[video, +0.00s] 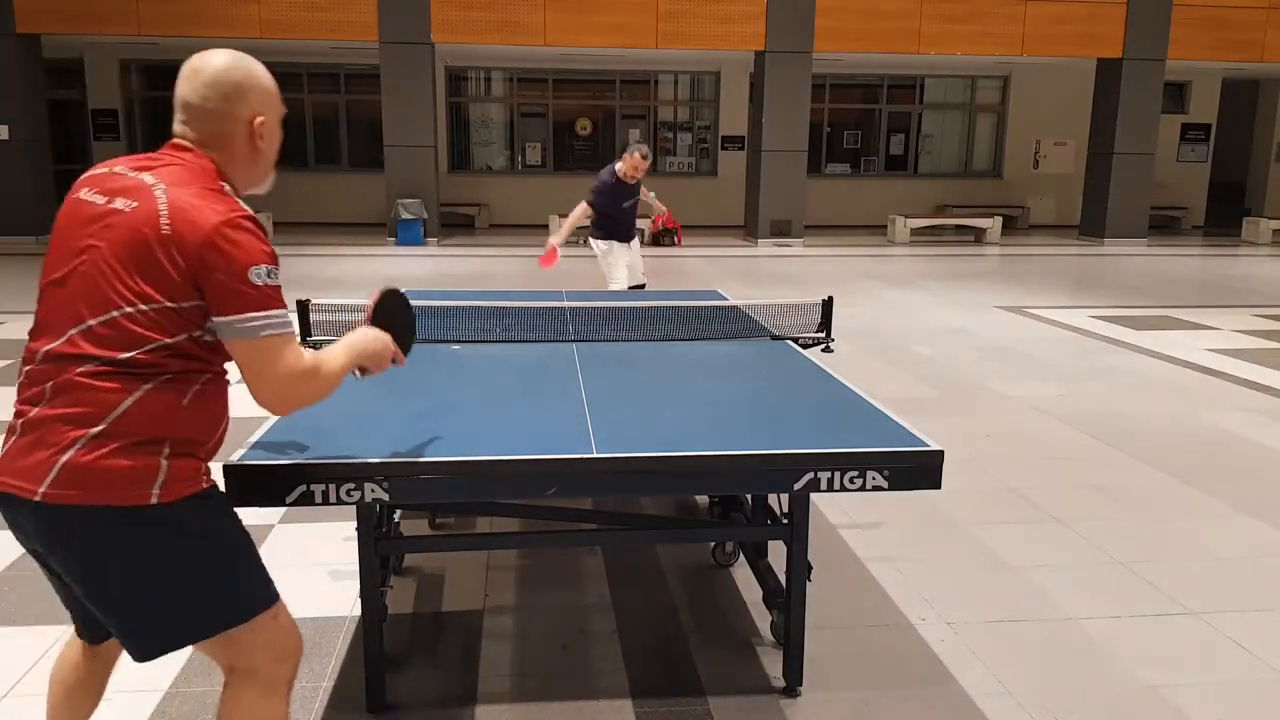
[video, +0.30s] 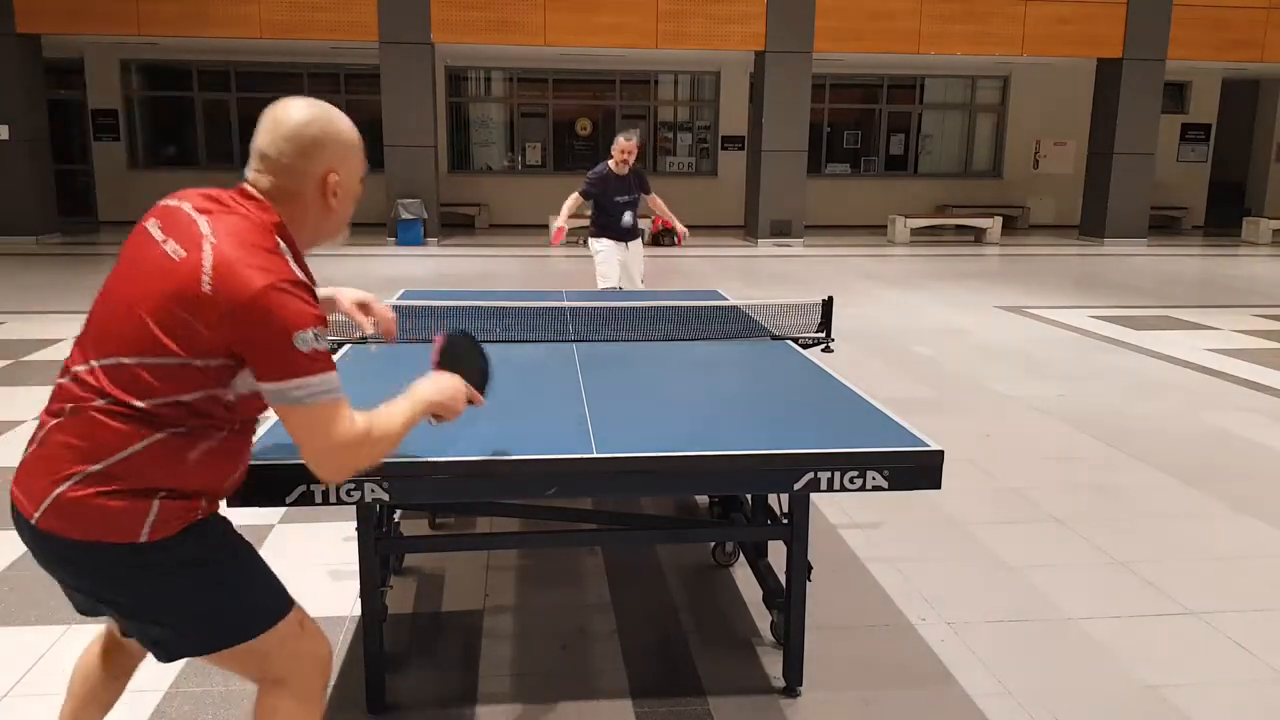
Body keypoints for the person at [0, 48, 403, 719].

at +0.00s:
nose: (280, 135)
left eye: (278, 121)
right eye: (278, 121)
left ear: (181, 119)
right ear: (256, 128)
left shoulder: (97, 181)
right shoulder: (221, 223)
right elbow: (283, 388)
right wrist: (354, 349)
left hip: (31, 476)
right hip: (134, 489)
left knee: (96, 633)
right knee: (266, 653)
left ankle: (59, 719)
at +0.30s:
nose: (358, 195)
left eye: (360, 179)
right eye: (359, 179)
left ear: (261, 163)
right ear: (330, 186)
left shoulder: (182, 208)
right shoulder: (268, 289)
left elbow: (212, 306)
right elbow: (336, 455)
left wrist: (320, 302)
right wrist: (424, 396)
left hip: (50, 491)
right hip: (130, 521)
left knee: (128, 628)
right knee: (299, 662)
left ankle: (74, 715)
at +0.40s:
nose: (386, 232)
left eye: (390, 216)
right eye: (387, 216)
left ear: (291, 185)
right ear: (358, 213)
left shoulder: (221, 222)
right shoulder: (276, 318)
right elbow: (292, 496)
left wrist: (358, 315)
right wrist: (411, 477)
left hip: (66, 490)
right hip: (131, 525)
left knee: (138, 631)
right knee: (307, 674)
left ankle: (73, 714)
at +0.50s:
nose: (404, 243)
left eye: (410, 228)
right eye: (406, 228)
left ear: (309, 194)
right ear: (370, 226)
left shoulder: (258, 231)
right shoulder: (254, 321)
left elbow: (349, 330)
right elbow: (178, 507)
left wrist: (387, 310)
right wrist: (293, 612)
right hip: (111, 525)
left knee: (144, 637)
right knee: (303, 670)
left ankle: (70, 716)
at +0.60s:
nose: (403, 234)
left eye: (408, 221)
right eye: (402, 220)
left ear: (344, 216)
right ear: (354, 219)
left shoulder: (278, 237)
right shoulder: (229, 322)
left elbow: (349, 321)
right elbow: (123, 493)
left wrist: (379, 303)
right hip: (136, 518)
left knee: (139, 646)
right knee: (300, 676)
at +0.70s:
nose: (371, 207)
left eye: (375, 188)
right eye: (368, 188)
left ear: (303, 182)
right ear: (310, 182)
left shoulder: (247, 210)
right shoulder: (204, 287)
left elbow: (306, 287)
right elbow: (127, 475)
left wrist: (339, 282)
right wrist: (157, 616)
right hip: (143, 508)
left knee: (145, 633)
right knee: (292, 677)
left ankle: (73, 716)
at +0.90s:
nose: (264, 104)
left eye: (265, 84)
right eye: (253, 84)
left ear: (184, 82)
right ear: (192, 82)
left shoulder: (82, 156)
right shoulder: (149, 175)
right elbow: (346, 207)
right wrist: (347, 71)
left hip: (72, 481)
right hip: (143, 497)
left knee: (101, 616)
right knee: (251, 673)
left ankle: (38, 718)